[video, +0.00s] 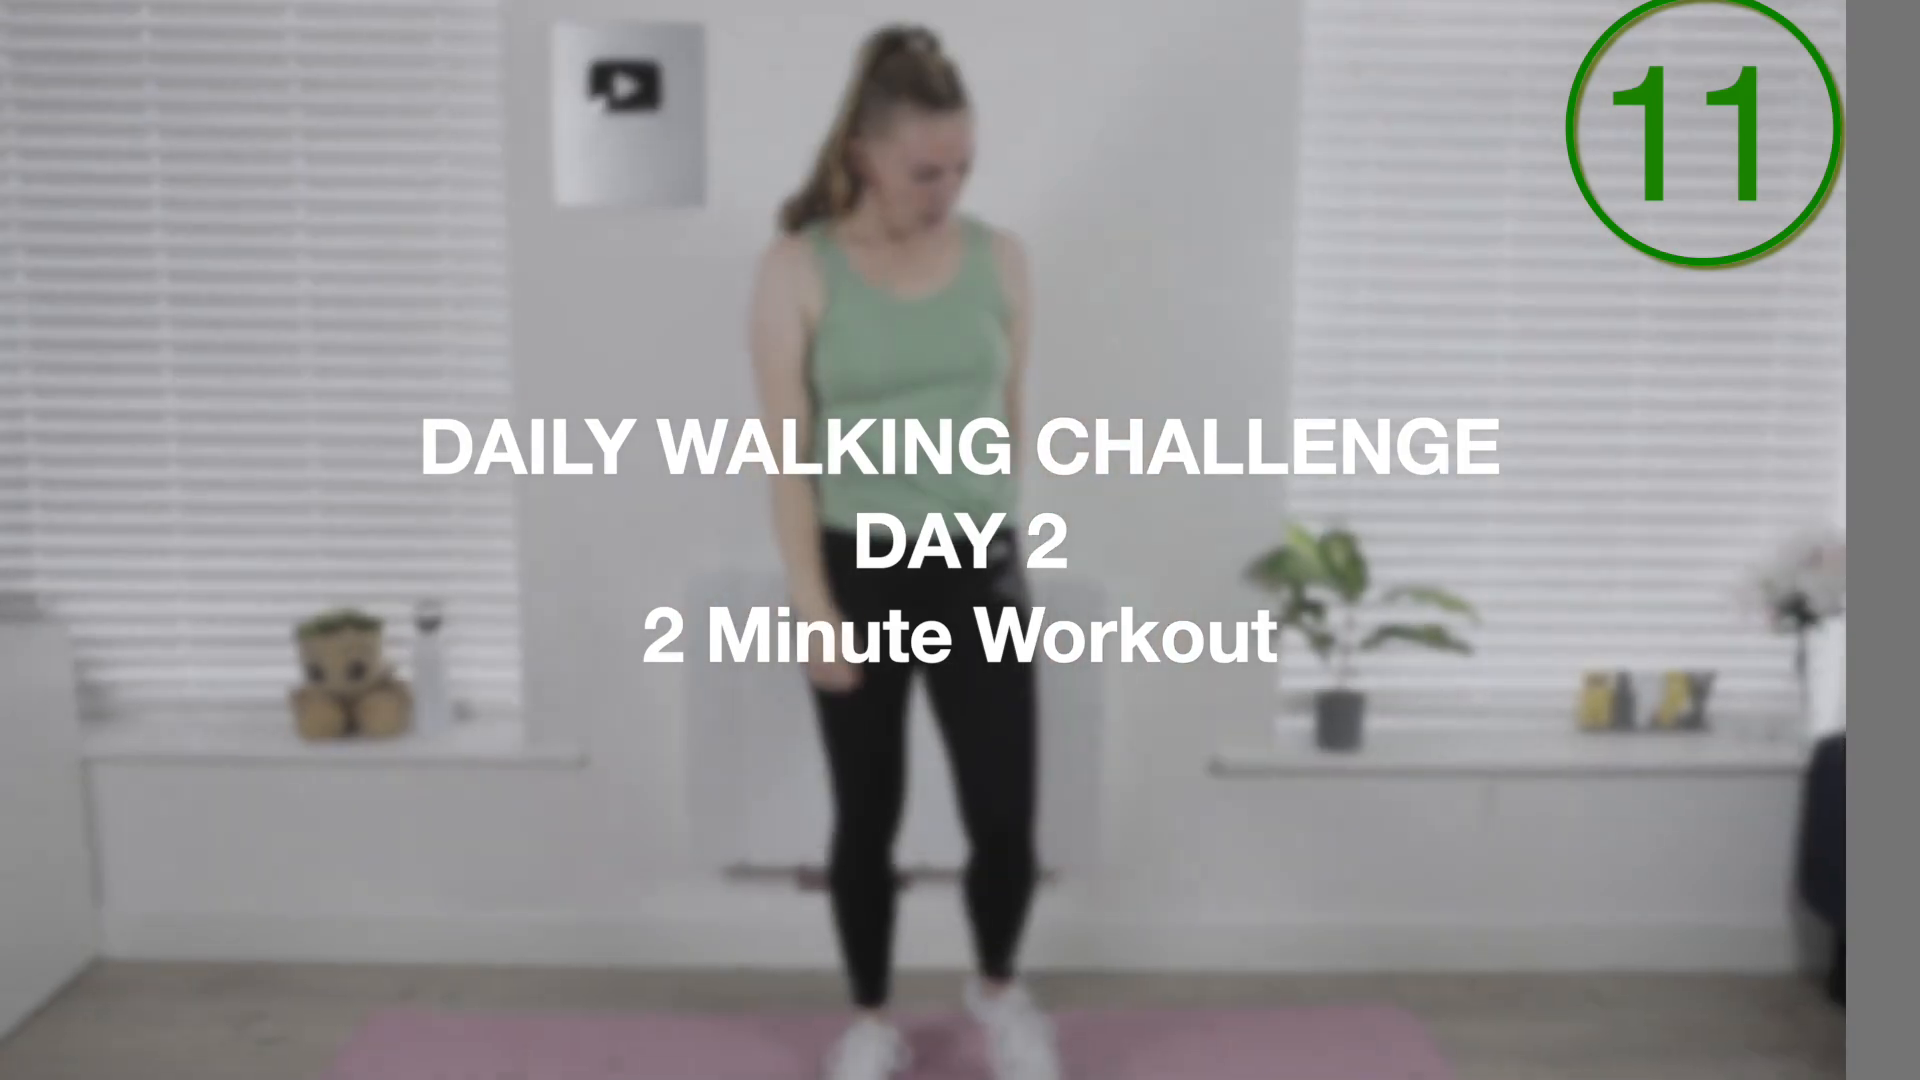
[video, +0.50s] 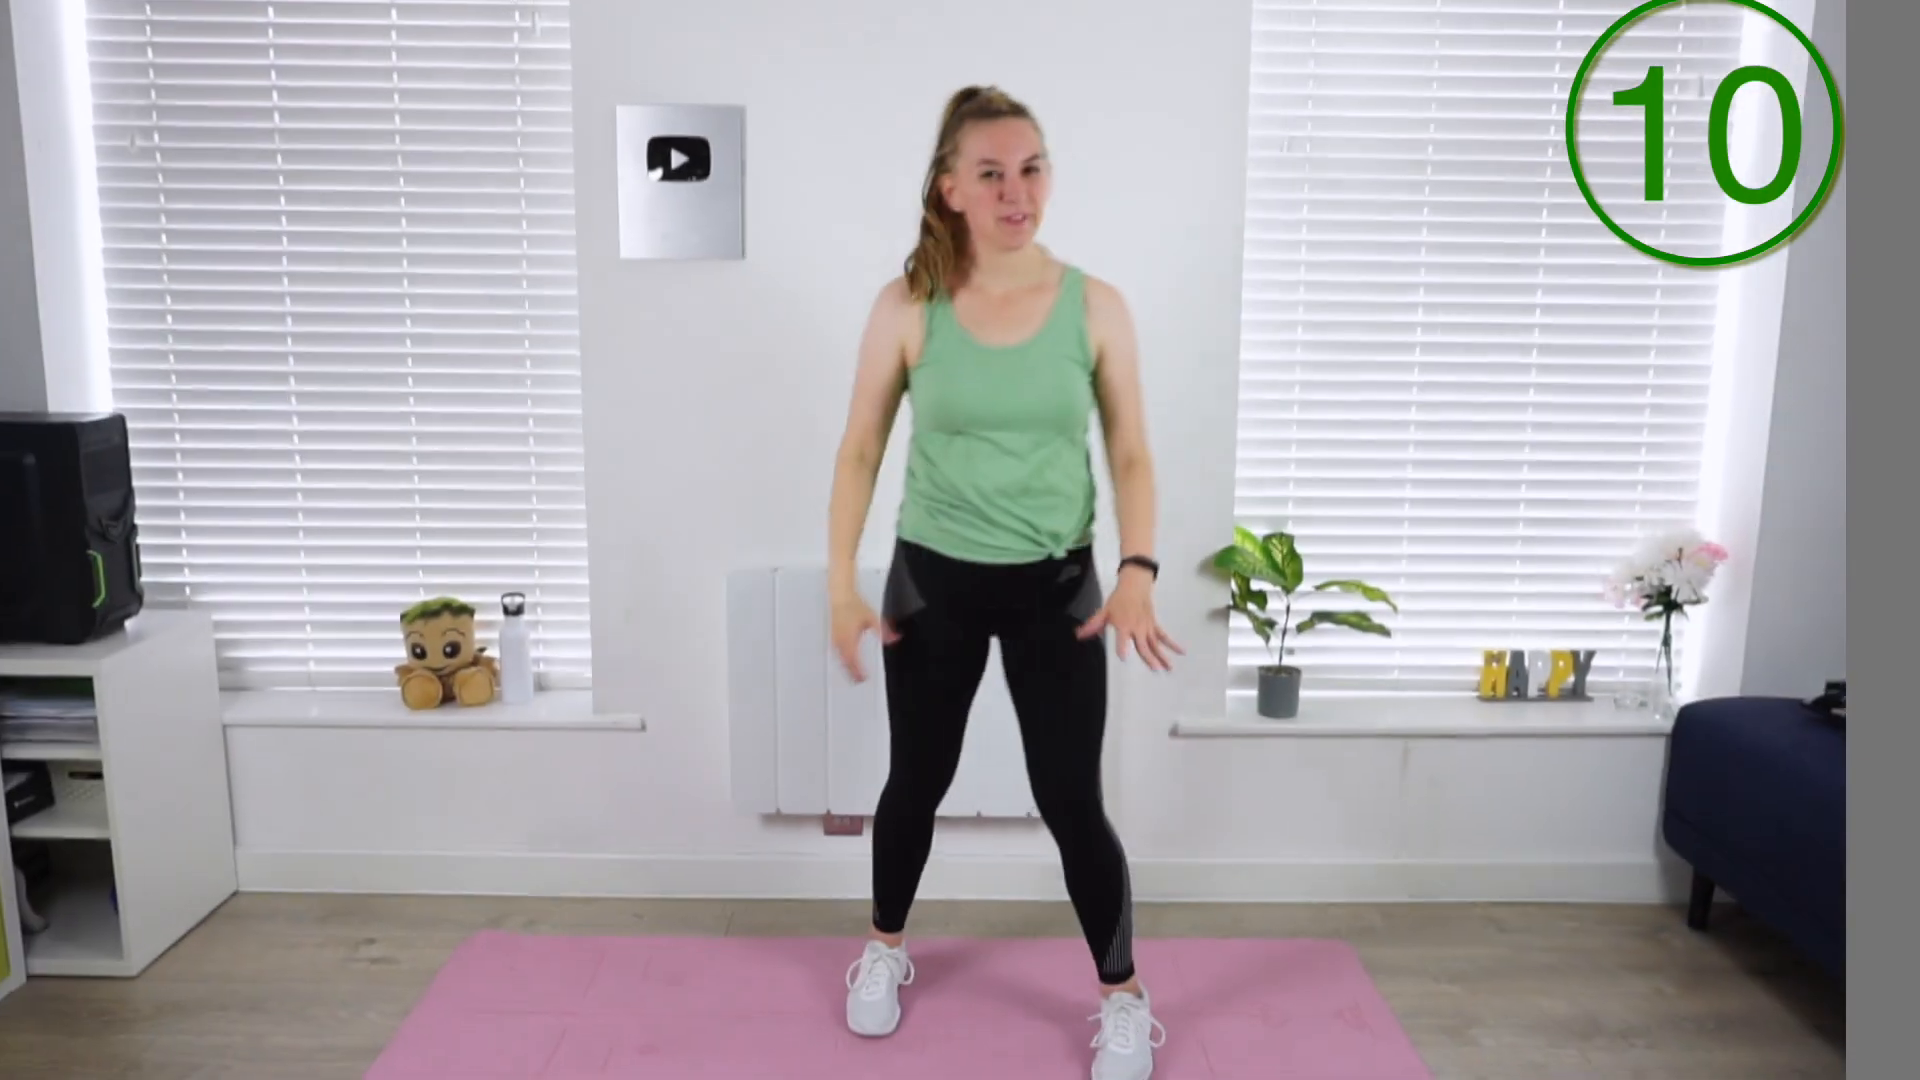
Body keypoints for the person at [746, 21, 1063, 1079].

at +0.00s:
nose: (947, 191)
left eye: (959, 170)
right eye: (926, 172)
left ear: (972, 150)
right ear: (860, 153)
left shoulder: (997, 260)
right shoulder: (799, 267)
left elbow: (1013, 427)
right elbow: (786, 454)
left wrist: (1013, 559)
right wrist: (814, 605)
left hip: (977, 563)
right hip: (854, 566)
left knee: (1004, 807)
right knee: (868, 807)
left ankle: (998, 988)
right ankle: (870, 1015)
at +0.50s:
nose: (1016, 191)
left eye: (1030, 170)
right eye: (991, 173)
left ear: (1048, 177)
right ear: (948, 188)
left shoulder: (1094, 307)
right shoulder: (907, 308)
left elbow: (1131, 455)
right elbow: (859, 454)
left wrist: (1136, 569)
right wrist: (844, 586)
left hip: (1057, 582)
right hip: (935, 578)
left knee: (1071, 802)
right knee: (915, 780)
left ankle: (1122, 998)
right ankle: (883, 947)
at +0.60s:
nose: (1034, 191)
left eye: (1052, 172)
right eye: (1012, 174)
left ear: (1075, 188)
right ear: (979, 192)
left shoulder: (1122, 311)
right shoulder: (938, 309)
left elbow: (1172, 455)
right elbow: (868, 443)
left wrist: (1137, 538)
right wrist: (915, 556)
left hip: (1078, 571)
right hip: (960, 564)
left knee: (1083, 792)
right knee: (929, 771)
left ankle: (1119, 981)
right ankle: (890, 932)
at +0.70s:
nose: (1052, 205)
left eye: (1071, 186)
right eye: (1033, 186)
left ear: (1097, 200)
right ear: (1004, 200)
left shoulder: (1140, 319)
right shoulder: (961, 307)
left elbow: (1207, 444)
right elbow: (869, 423)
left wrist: (1136, 498)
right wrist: (968, 456)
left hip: (1094, 578)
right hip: (982, 572)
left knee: (1091, 789)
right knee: (939, 773)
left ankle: (1118, 972)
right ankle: (911, 922)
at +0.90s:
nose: (1072, 203)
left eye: (1091, 185)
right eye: (1053, 184)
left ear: (1119, 201)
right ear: (1025, 195)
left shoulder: (1140, 308)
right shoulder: (989, 278)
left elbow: (1207, 390)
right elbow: (871, 322)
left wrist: (1083, 429)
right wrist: (1005, 319)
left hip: (1102, 578)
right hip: (994, 571)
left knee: (1093, 789)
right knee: (979, 784)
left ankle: (1117, 972)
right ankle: (999, 968)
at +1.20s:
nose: (1048, 189)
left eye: (1068, 175)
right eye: (1031, 173)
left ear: (1098, 198)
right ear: (1002, 190)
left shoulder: (1126, 288)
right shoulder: (973, 276)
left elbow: (1122, 347)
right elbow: (849, 298)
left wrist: (987, 355)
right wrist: (968, 282)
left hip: (1102, 577)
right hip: (993, 574)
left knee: (1100, 781)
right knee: (1000, 787)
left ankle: (1119, 971)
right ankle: (1007, 972)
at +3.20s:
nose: (986, 201)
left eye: (1010, 183)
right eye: (973, 182)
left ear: (1055, 199)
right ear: (958, 194)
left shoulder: (1092, 300)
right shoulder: (930, 286)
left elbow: (1075, 334)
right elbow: (824, 358)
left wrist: (940, 311)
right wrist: (936, 372)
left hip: (1072, 577)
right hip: (964, 577)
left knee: (1079, 788)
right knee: (995, 785)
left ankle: (1116, 970)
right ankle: (1006, 971)